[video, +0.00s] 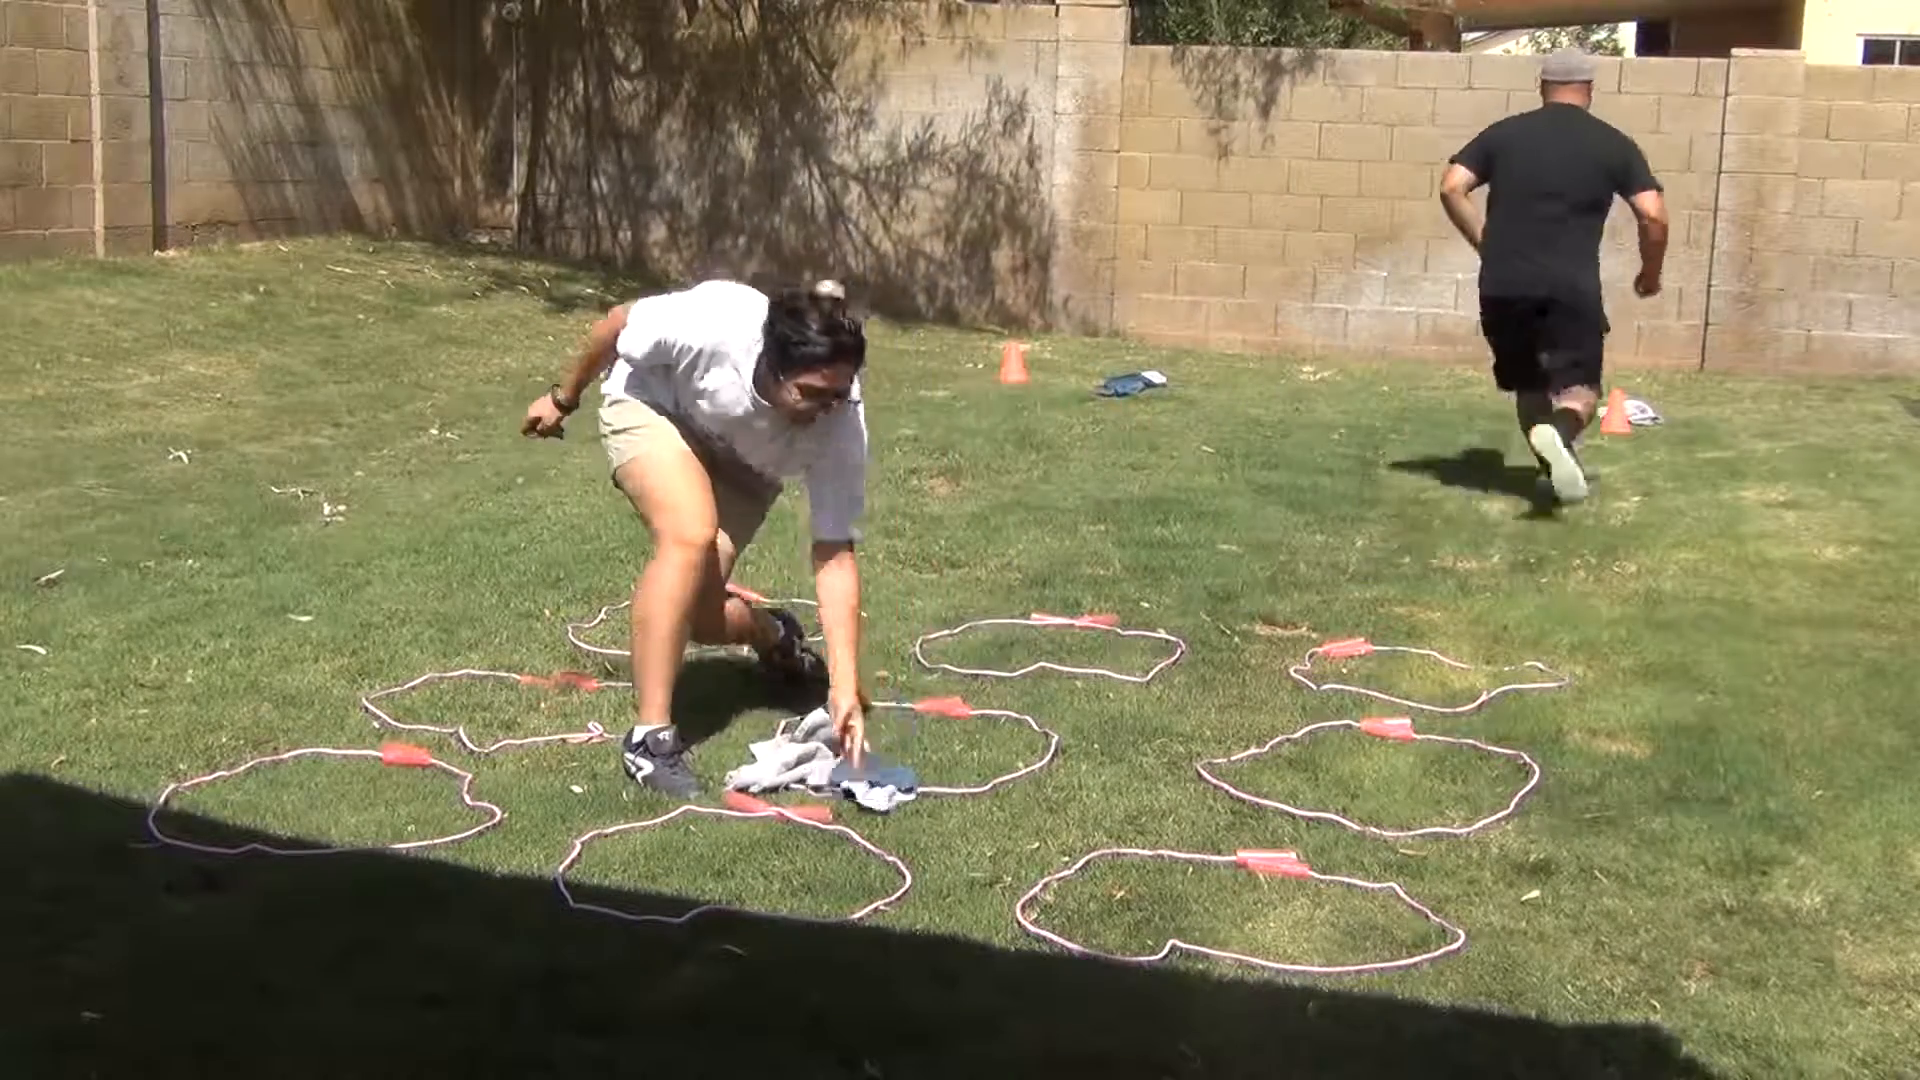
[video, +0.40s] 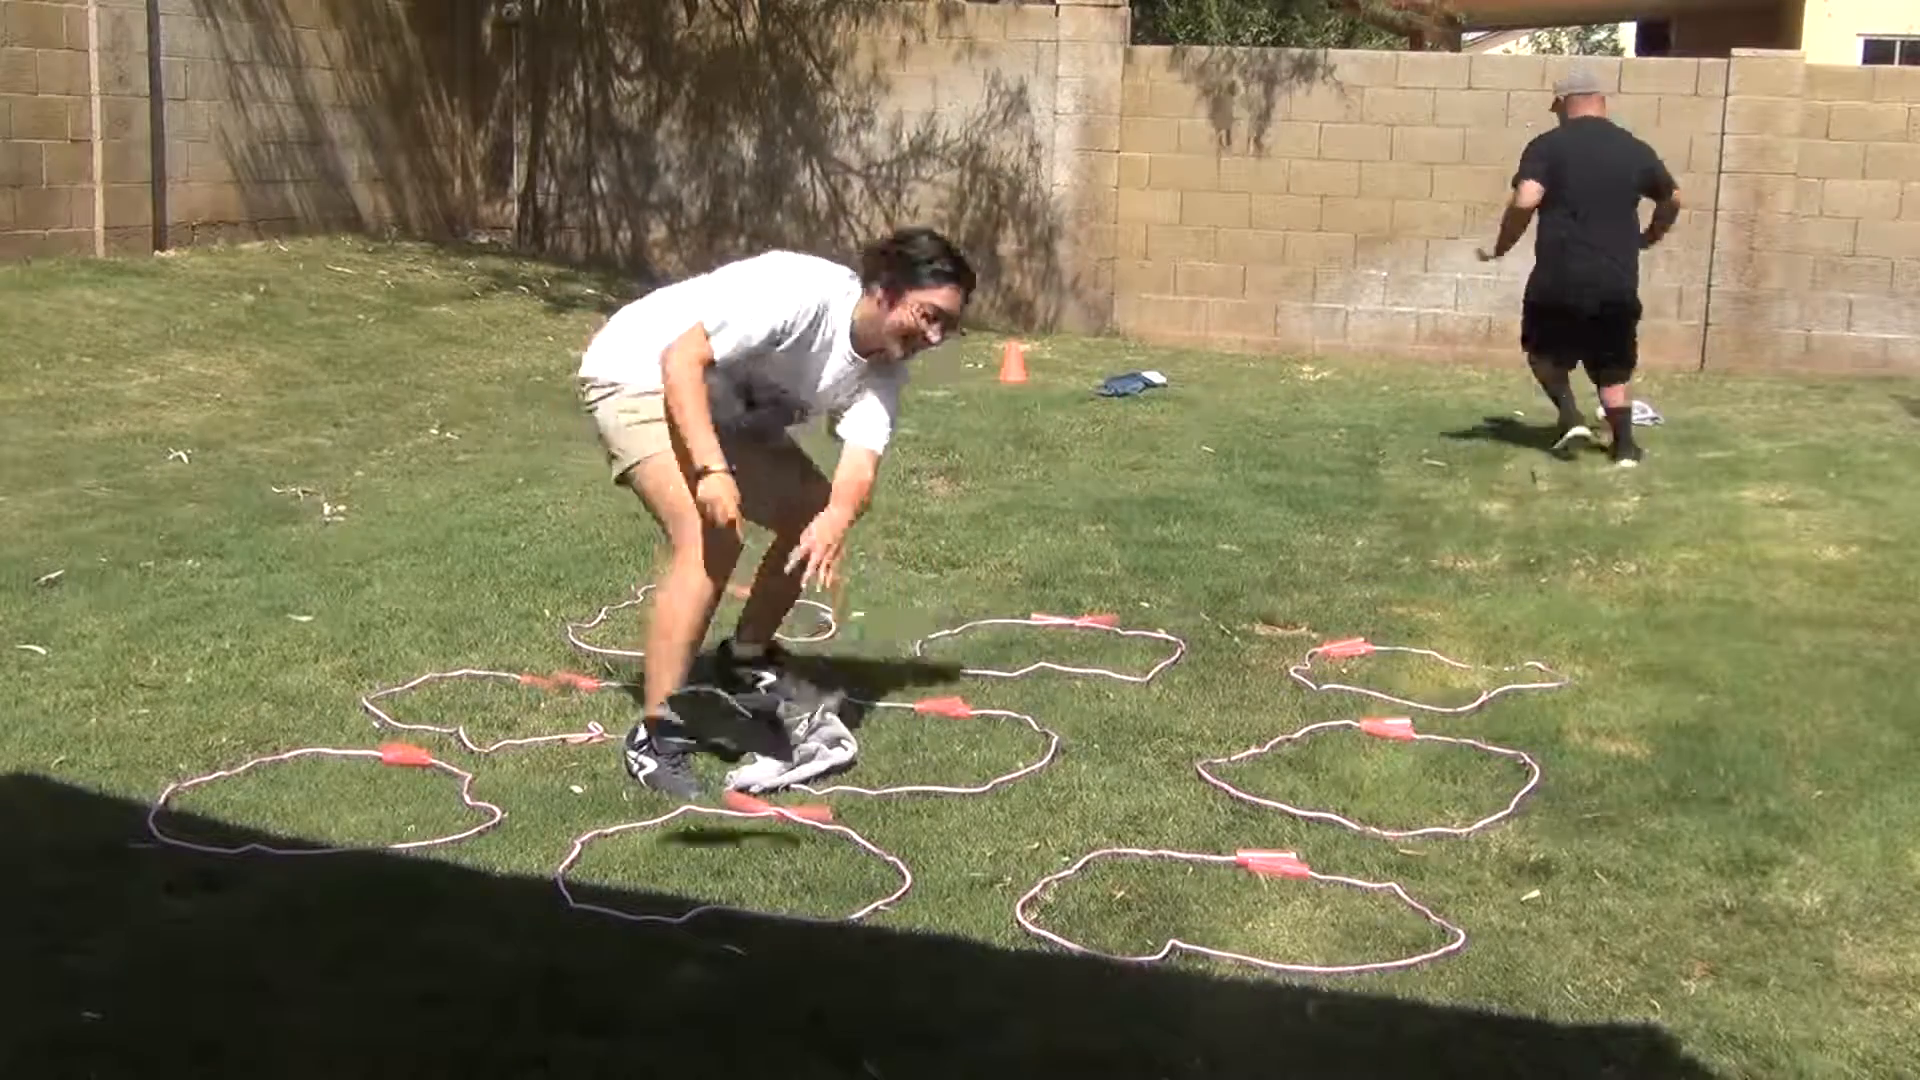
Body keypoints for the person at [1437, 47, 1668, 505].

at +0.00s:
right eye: (1589, 87)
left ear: (1542, 89)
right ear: (1589, 90)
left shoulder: (1506, 131)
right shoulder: (1611, 142)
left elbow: (1452, 187)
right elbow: (1654, 217)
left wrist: (1485, 242)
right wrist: (1650, 272)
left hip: (1502, 282)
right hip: (1570, 286)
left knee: (1529, 388)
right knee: (1579, 387)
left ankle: (1553, 477)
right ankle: (1557, 434)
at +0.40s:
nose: (1557, 111)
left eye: (1557, 106)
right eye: (1559, 107)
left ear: (1561, 105)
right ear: (1603, 102)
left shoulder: (1548, 145)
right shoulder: (1632, 146)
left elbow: (1526, 201)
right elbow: (1670, 200)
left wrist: (1502, 245)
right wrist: (1655, 233)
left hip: (1558, 279)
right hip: (1616, 281)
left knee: (1542, 349)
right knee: (1612, 365)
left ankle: (1570, 416)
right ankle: (1624, 446)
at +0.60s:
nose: (1520, 117)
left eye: (1519, 108)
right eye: (1517, 110)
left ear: (1534, 103)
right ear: (1558, 96)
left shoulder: (1547, 137)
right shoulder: (1593, 126)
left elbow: (1560, 179)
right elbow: (1590, 183)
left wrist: (1529, 219)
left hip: (1557, 262)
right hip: (1606, 260)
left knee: (1525, 339)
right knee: (1586, 333)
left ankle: (1521, 414)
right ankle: (1597, 382)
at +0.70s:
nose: (1509, 144)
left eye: (1508, 136)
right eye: (1505, 138)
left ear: (1525, 125)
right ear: (1536, 118)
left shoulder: (1549, 151)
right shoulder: (1573, 135)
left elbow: (1556, 214)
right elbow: (1559, 175)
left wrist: (1506, 248)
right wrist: (1520, 187)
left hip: (1561, 266)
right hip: (1600, 262)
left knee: (1510, 334)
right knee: (1560, 324)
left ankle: (1517, 413)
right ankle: (1572, 382)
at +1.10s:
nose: (1529, 276)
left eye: (1531, 270)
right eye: (1521, 273)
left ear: (1546, 244)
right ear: (1504, 243)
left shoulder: (1582, 255)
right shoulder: (1506, 223)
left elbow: (1615, 304)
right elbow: (1504, 251)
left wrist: (1626, 360)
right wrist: (1503, 280)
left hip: (1616, 260)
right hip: (1564, 260)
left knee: (1558, 318)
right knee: (1533, 326)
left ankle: (1557, 399)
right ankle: (1573, 393)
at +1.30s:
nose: (1558, 296)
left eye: (1561, 290)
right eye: (1552, 292)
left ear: (1571, 269)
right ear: (1533, 271)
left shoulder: (1599, 276)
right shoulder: (1515, 242)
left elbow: (1631, 313)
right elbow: (1484, 244)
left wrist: (1644, 367)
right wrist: (1484, 288)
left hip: (1613, 242)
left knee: (1578, 319)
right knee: (1537, 332)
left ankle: (1563, 398)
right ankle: (1575, 394)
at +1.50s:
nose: (1567, 253)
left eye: (1574, 248)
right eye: (1560, 246)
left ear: (1591, 228)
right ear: (1549, 220)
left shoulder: (1614, 231)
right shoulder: (1528, 201)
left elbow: (1630, 276)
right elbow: (1489, 207)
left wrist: (1627, 327)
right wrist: (1492, 258)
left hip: (1591, 262)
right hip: (1540, 252)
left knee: (1576, 329)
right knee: (1533, 329)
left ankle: (1561, 399)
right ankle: (1572, 357)